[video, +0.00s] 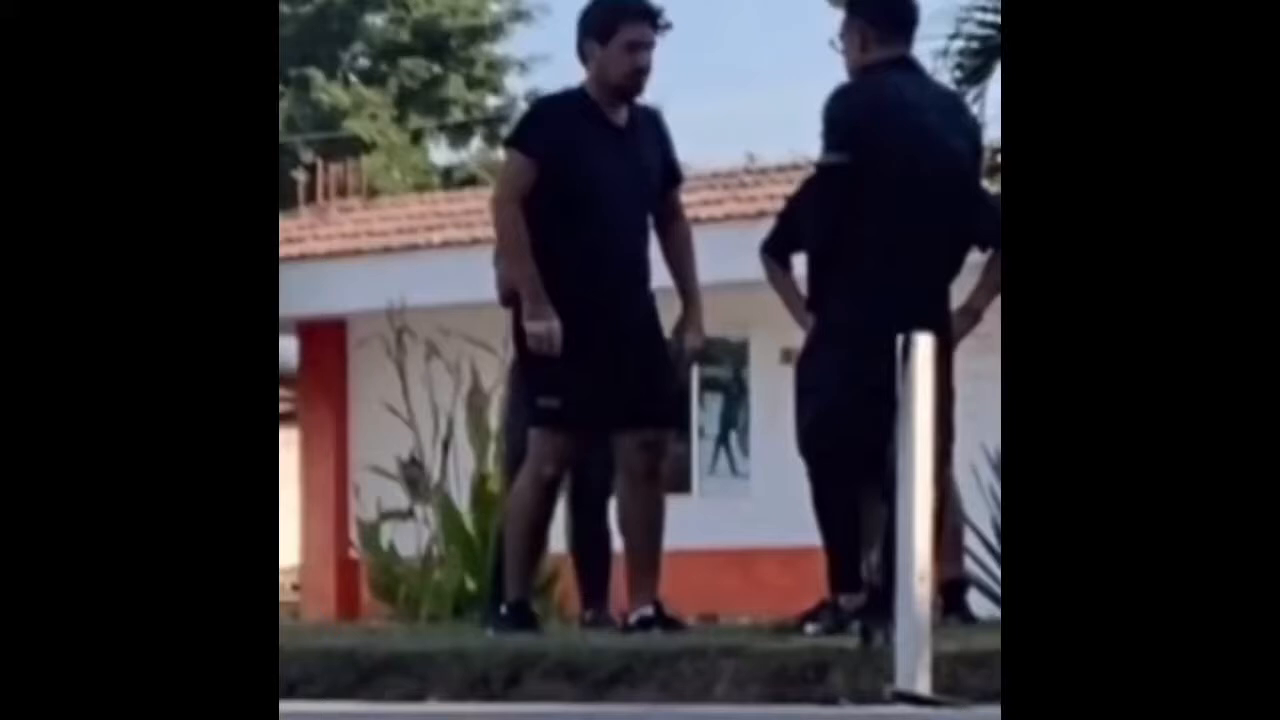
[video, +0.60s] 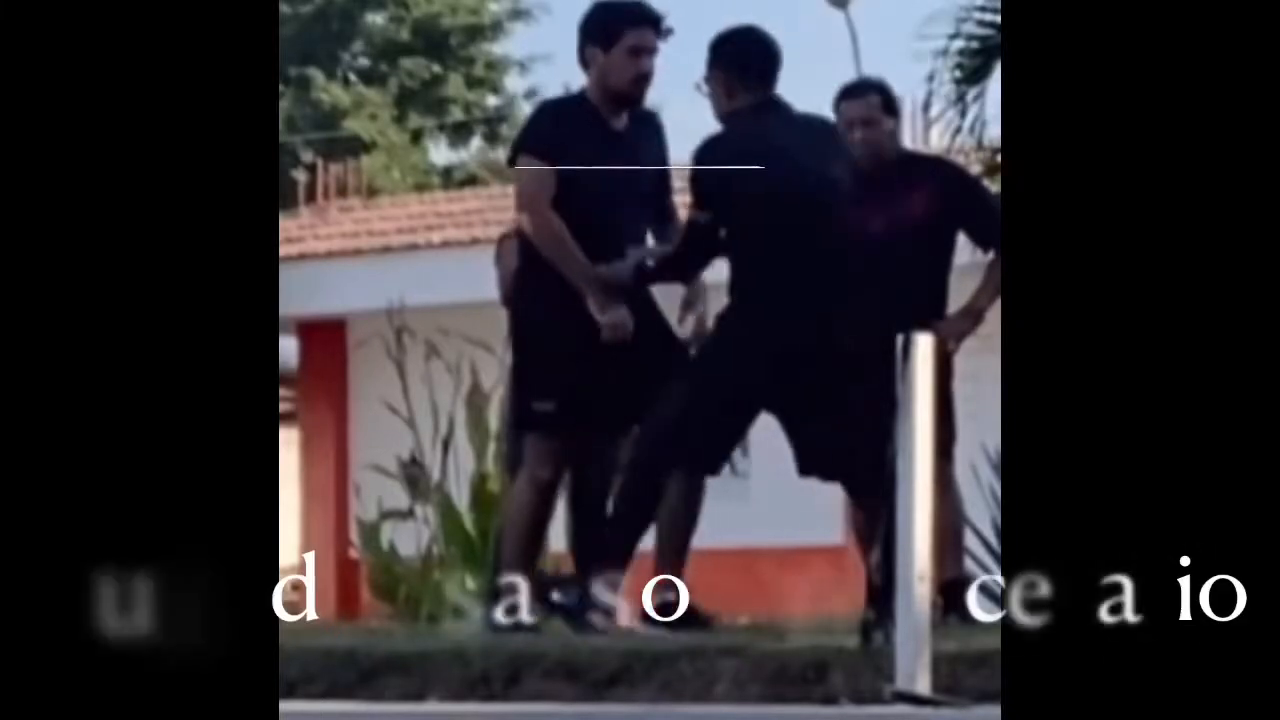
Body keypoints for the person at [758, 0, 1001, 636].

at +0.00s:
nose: (843, 51)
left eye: (846, 39)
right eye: (845, 40)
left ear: (860, 37)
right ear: (907, 36)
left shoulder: (850, 98)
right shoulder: (954, 107)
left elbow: (836, 194)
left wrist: (806, 307)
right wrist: (962, 317)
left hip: (850, 315)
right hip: (921, 316)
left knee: (834, 456)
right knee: (922, 460)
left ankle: (847, 592)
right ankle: (928, 591)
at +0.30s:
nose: (795, 57)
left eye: (799, 45)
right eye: (797, 46)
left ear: (818, 45)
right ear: (862, 44)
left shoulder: (809, 112)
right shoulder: (908, 119)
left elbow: (784, 222)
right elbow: (996, 230)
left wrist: (763, 304)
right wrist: (970, 314)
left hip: (824, 315)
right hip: (902, 320)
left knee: (746, 434)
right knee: (873, 472)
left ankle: (795, 575)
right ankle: (886, 608)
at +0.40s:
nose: (774, 70)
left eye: (776, 59)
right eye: (775, 59)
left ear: (791, 58)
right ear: (837, 55)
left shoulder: (786, 121)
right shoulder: (882, 114)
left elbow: (766, 226)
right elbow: (920, 201)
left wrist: (738, 309)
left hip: (803, 310)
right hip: (878, 313)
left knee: (716, 436)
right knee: (871, 471)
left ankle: (736, 585)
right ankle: (883, 604)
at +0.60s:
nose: (708, 92)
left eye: (711, 82)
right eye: (710, 82)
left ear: (724, 82)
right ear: (771, 78)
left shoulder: (721, 153)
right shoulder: (825, 135)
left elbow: (700, 247)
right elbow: (852, 221)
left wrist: (647, 271)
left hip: (755, 328)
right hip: (834, 324)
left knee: (685, 453)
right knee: (866, 474)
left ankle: (665, 592)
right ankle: (884, 603)